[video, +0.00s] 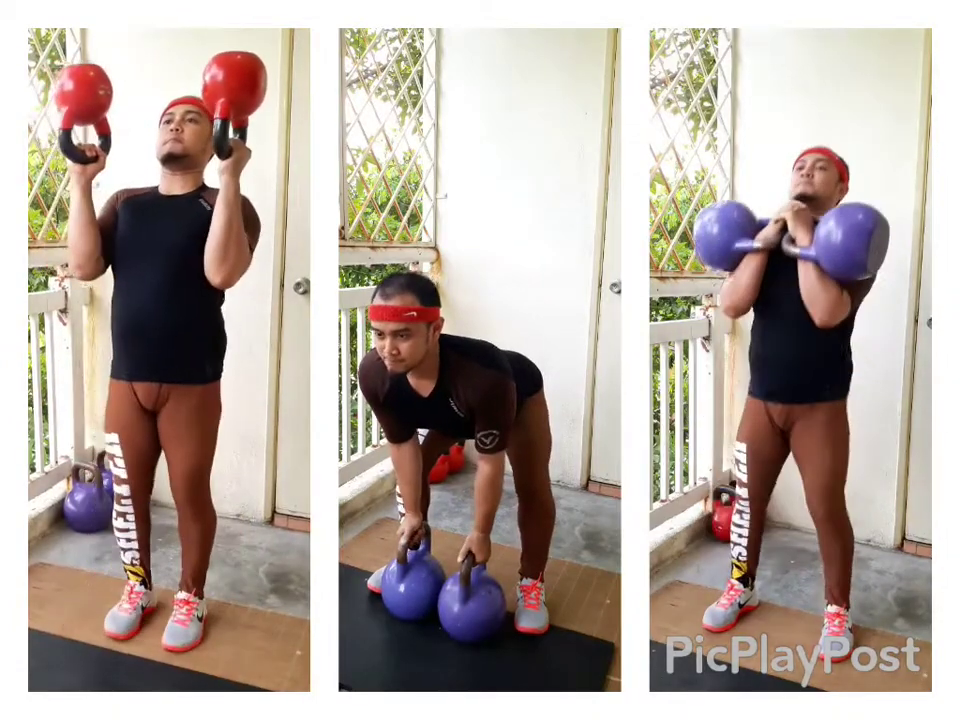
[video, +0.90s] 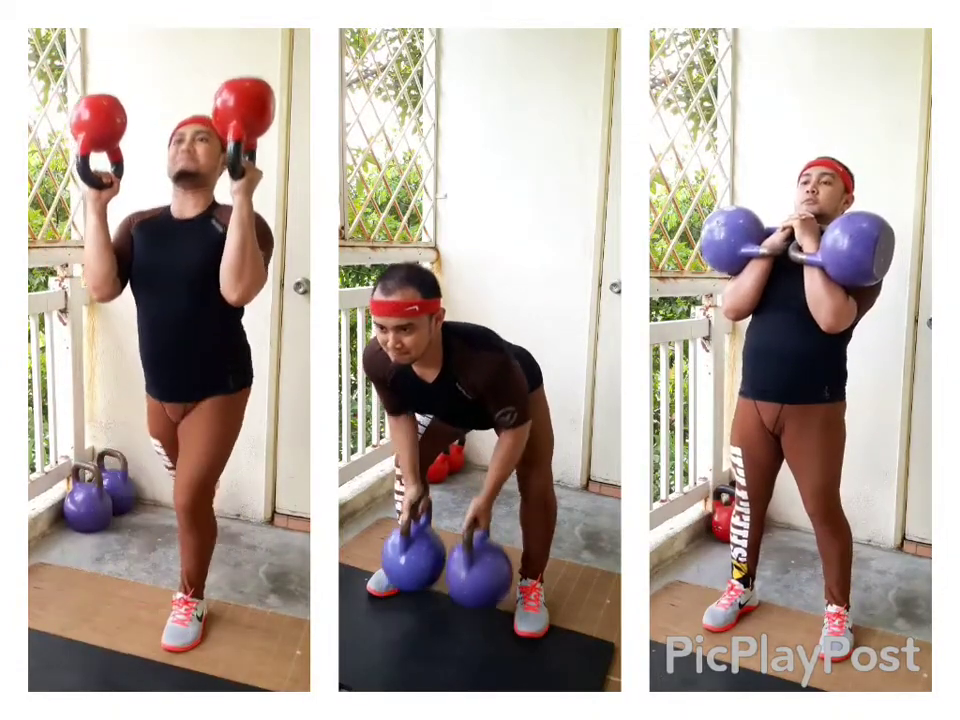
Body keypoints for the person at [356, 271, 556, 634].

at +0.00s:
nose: (389, 349)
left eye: (403, 335)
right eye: (379, 334)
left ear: (435, 329)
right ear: (371, 331)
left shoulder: (485, 378)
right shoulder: (374, 374)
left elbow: (490, 463)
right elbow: (403, 443)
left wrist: (480, 532)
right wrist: (411, 511)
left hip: (514, 394)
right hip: (451, 404)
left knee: (533, 489)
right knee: (413, 471)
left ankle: (532, 582)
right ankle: (410, 562)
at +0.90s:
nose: (393, 343)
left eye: (406, 330)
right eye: (382, 329)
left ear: (437, 318)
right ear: (373, 323)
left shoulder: (484, 360)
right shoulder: (378, 361)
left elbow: (516, 429)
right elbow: (399, 417)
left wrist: (486, 499)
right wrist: (412, 480)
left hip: (513, 395)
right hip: (452, 402)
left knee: (536, 486)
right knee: (407, 472)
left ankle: (531, 583)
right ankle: (406, 560)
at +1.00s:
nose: (392, 338)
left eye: (405, 325)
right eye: (381, 325)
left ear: (436, 312)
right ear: (372, 318)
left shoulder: (483, 349)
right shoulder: (377, 352)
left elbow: (527, 406)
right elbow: (396, 397)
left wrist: (491, 473)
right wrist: (408, 457)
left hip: (511, 399)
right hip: (452, 402)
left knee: (537, 485)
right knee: (410, 468)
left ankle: (531, 582)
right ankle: (412, 557)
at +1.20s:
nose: (391, 332)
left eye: (404, 318)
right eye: (380, 319)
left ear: (435, 305)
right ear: (371, 312)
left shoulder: (484, 334)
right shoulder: (376, 335)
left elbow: (542, 357)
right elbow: (394, 366)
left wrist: (498, 421)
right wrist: (407, 407)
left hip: (511, 393)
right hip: (447, 397)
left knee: (540, 482)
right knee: (411, 464)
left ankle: (531, 582)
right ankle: (413, 551)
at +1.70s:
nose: (396, 319)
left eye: (408, 305)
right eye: (385, 306)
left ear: (439, 291)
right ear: (375, 299)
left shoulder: (488, 332)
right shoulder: (379, 336)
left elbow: (528, 393)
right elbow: (398, 386)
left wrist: (491, 468)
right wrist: (412, 447)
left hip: (511, 400)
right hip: (450, 403)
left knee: (537, 486)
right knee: (407, 467)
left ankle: (531, 582)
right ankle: (411, 555)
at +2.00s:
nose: (395, 344)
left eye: (407, 331)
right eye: (384, 331)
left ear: (438, 314)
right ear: (375, 325)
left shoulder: (487, 355)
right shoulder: (379, 363)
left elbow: (512, 435)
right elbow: (401, 428)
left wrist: (484, 515)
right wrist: (411, 499)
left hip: (516, 396)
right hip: (456, 404)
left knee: (537, 486)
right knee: (412, 470)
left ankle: (532, 584)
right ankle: (407, 563)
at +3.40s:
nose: (392, 368)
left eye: (404, 354)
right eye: (382, 355)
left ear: (436, 342)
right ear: (373, 349)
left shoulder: (486, 378)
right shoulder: (378, 380)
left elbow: (494, 467)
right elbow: (403, 451)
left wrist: (482, 535)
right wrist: (417, 513)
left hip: (516, 391)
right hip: (451, 399)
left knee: (534, 485)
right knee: (417, 469)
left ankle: (531, 584)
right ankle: (411, 562)